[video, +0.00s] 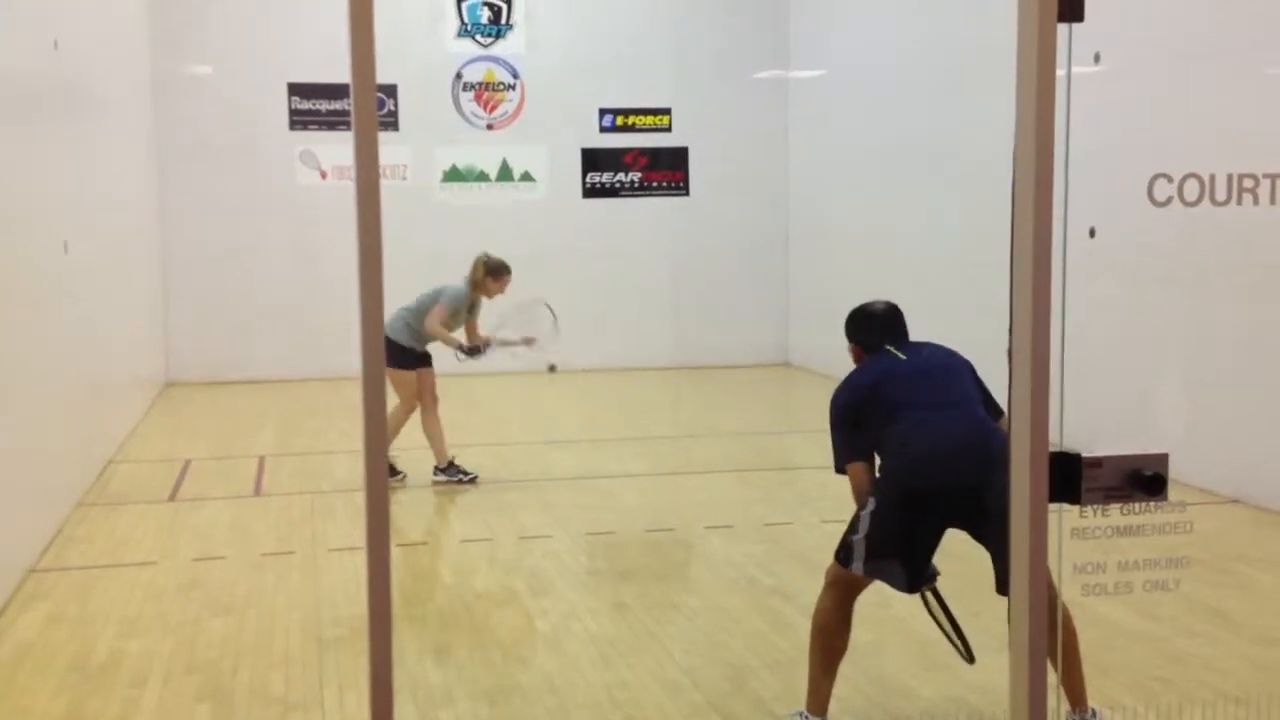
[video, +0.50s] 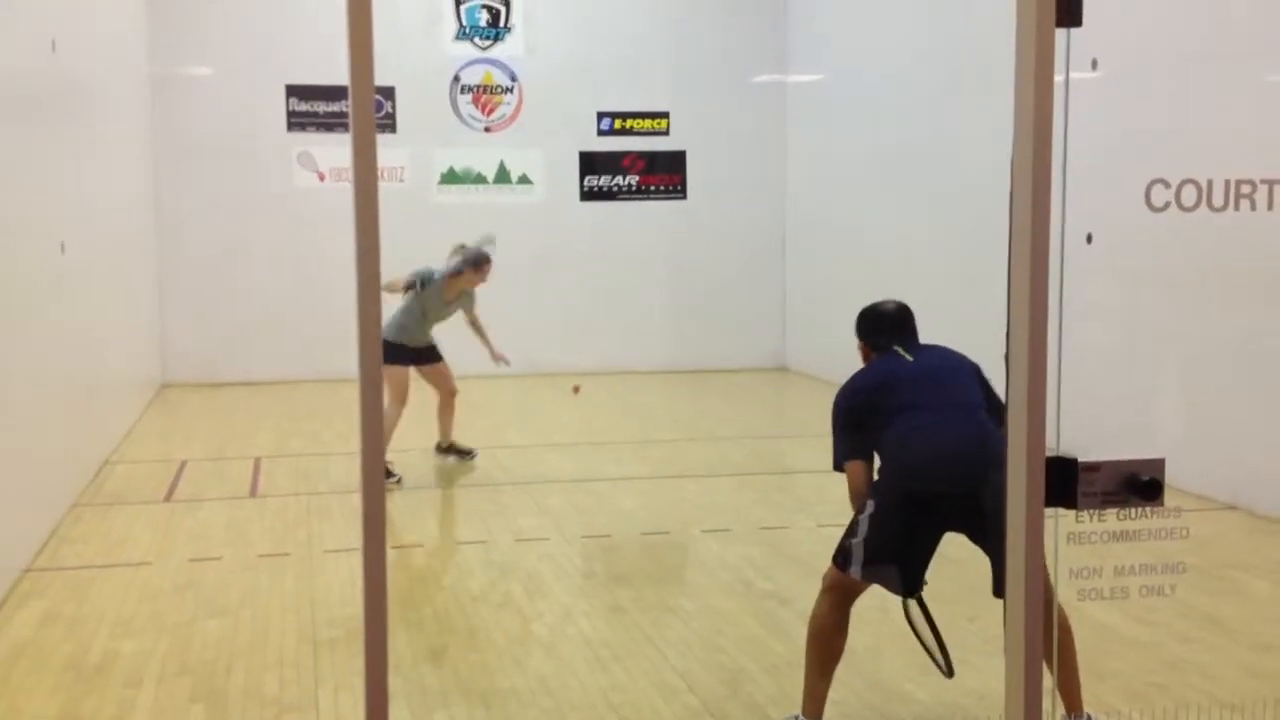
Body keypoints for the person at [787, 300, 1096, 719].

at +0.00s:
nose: (851, 355)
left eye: (850, 348)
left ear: (855, 351)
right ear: (904, 336)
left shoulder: (852, 390)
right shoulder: (949, 358)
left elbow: (863, 487)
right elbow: (999, 426)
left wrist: (900, 556)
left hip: (913, 483)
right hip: (989, 476)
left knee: (840, 586)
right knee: (1040, 585)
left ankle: (814, 713)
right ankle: (1082, 709)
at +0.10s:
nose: (851, 354)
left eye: (851, 348)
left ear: (856, 349)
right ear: (905, 335)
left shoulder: (852, 389)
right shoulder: (950, 358)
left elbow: (861, 484)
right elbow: (999, 427)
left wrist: (885, 550)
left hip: (912, 481)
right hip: (989, 474)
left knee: (839, 587)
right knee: (1040, 589)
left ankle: (813, 713)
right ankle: (1081, 710)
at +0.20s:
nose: (852, 354)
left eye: (851, 347)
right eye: (852, 347)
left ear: (857, 349)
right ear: (905, 336)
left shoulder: (851, 390)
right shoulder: (950, 359)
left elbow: (861, 486)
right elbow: (999, 428)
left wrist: (879, 550)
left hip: (911, 485)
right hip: (988, 478)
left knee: (838, 589)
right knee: (1040, 591)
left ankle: (812, 714)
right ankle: (1080, 712)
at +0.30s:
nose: (852, 354)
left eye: (852, 347)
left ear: (859, 349)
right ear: (908, 336)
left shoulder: (852, 389)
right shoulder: (952, 360)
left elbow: (860, 488)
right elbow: (1002, 428)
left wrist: (875, 546)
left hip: (911, 484)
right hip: (988, 478)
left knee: (837, 590)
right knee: (1039, 592)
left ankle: (812, 714)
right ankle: (1080, 712)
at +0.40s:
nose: (854, 354)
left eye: (855, 347)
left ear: (861, 349)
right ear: (911, 337)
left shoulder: (853, 389)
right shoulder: (954, 360)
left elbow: (860, 489)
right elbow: (1004, 428)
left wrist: (875, 545)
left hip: (910, 487)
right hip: (987, 482)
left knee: (837, 591)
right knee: (1038, 590)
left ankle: (811, 714)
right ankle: (1078, 712)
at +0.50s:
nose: (858, 354)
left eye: (859, 347)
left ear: (865, 349)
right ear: (915, 338)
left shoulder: (857, 389)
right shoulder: (959, 363)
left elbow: (860, 488)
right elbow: (1005, 427)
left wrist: (869, 541)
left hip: (910, 488)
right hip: (988, 484)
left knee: (837, 590)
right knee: (1041, 593)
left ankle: (810, 714)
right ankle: (1077, 712)